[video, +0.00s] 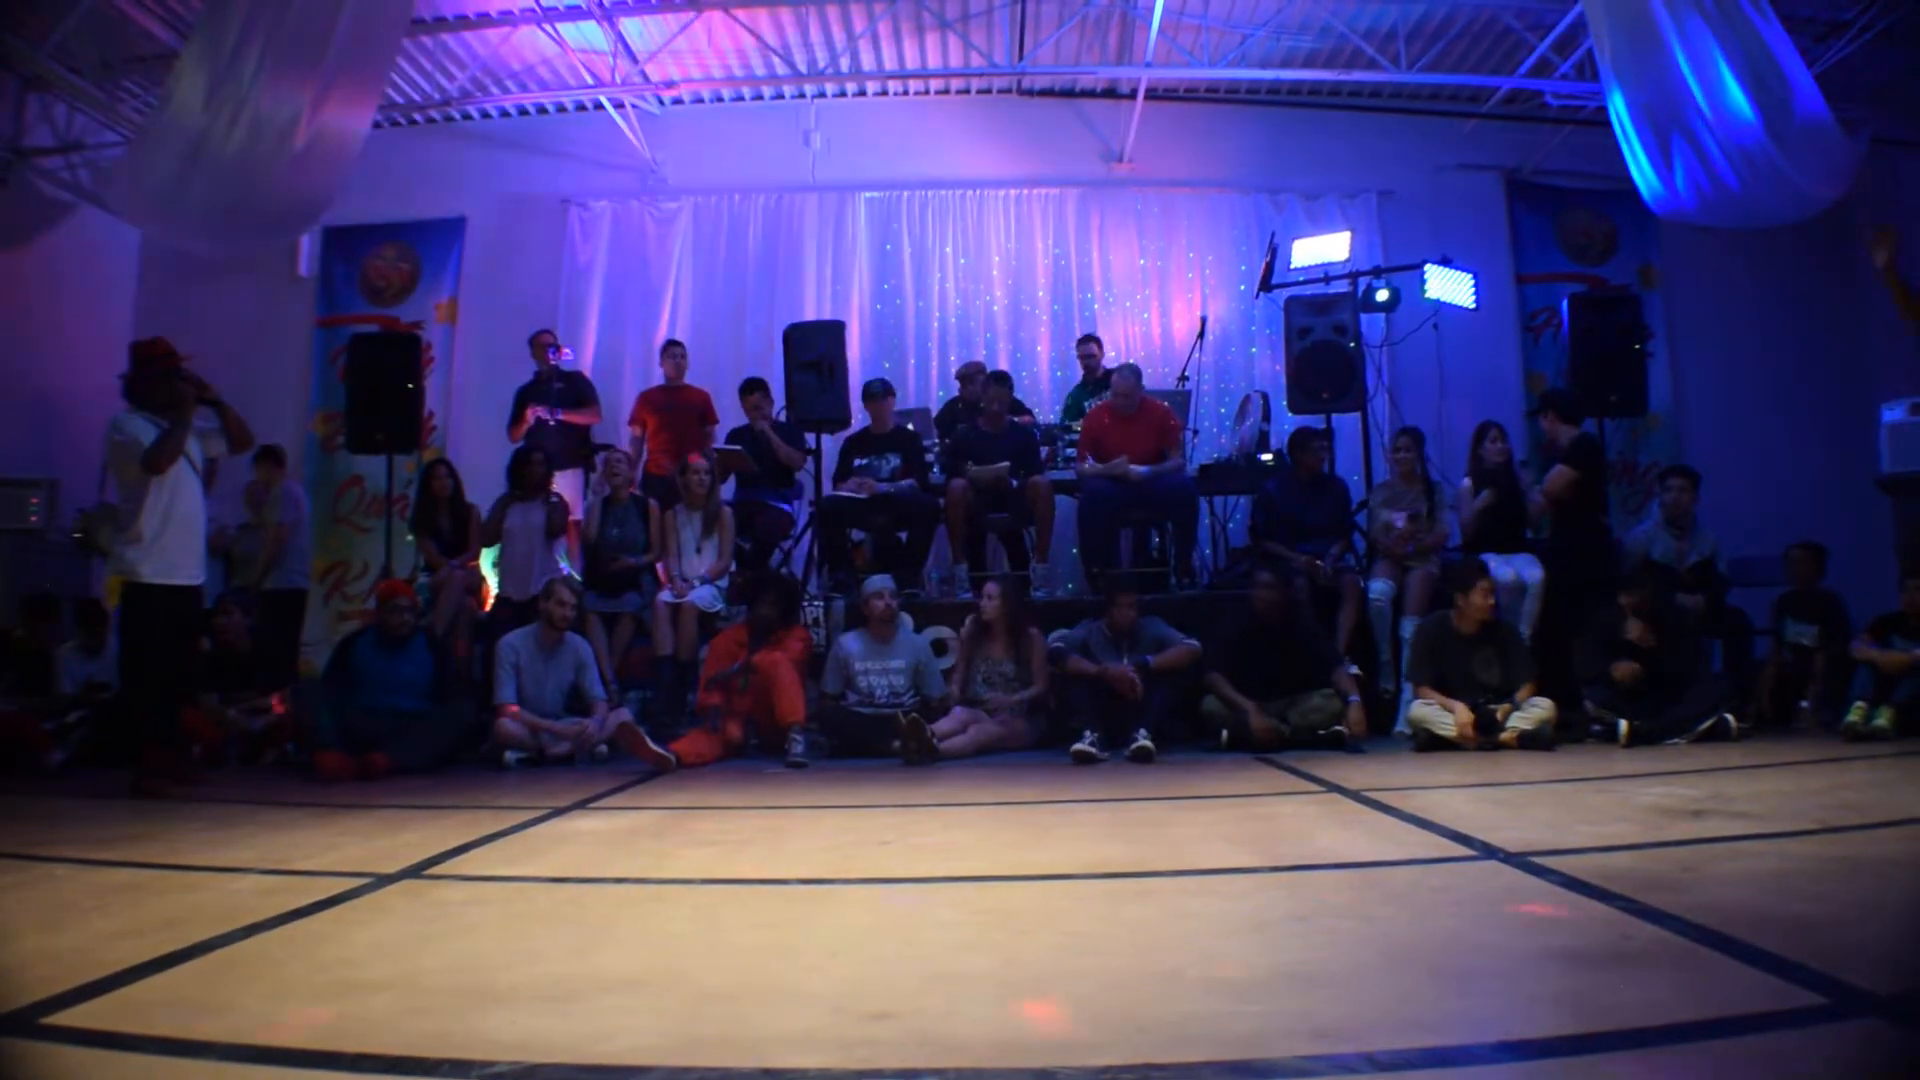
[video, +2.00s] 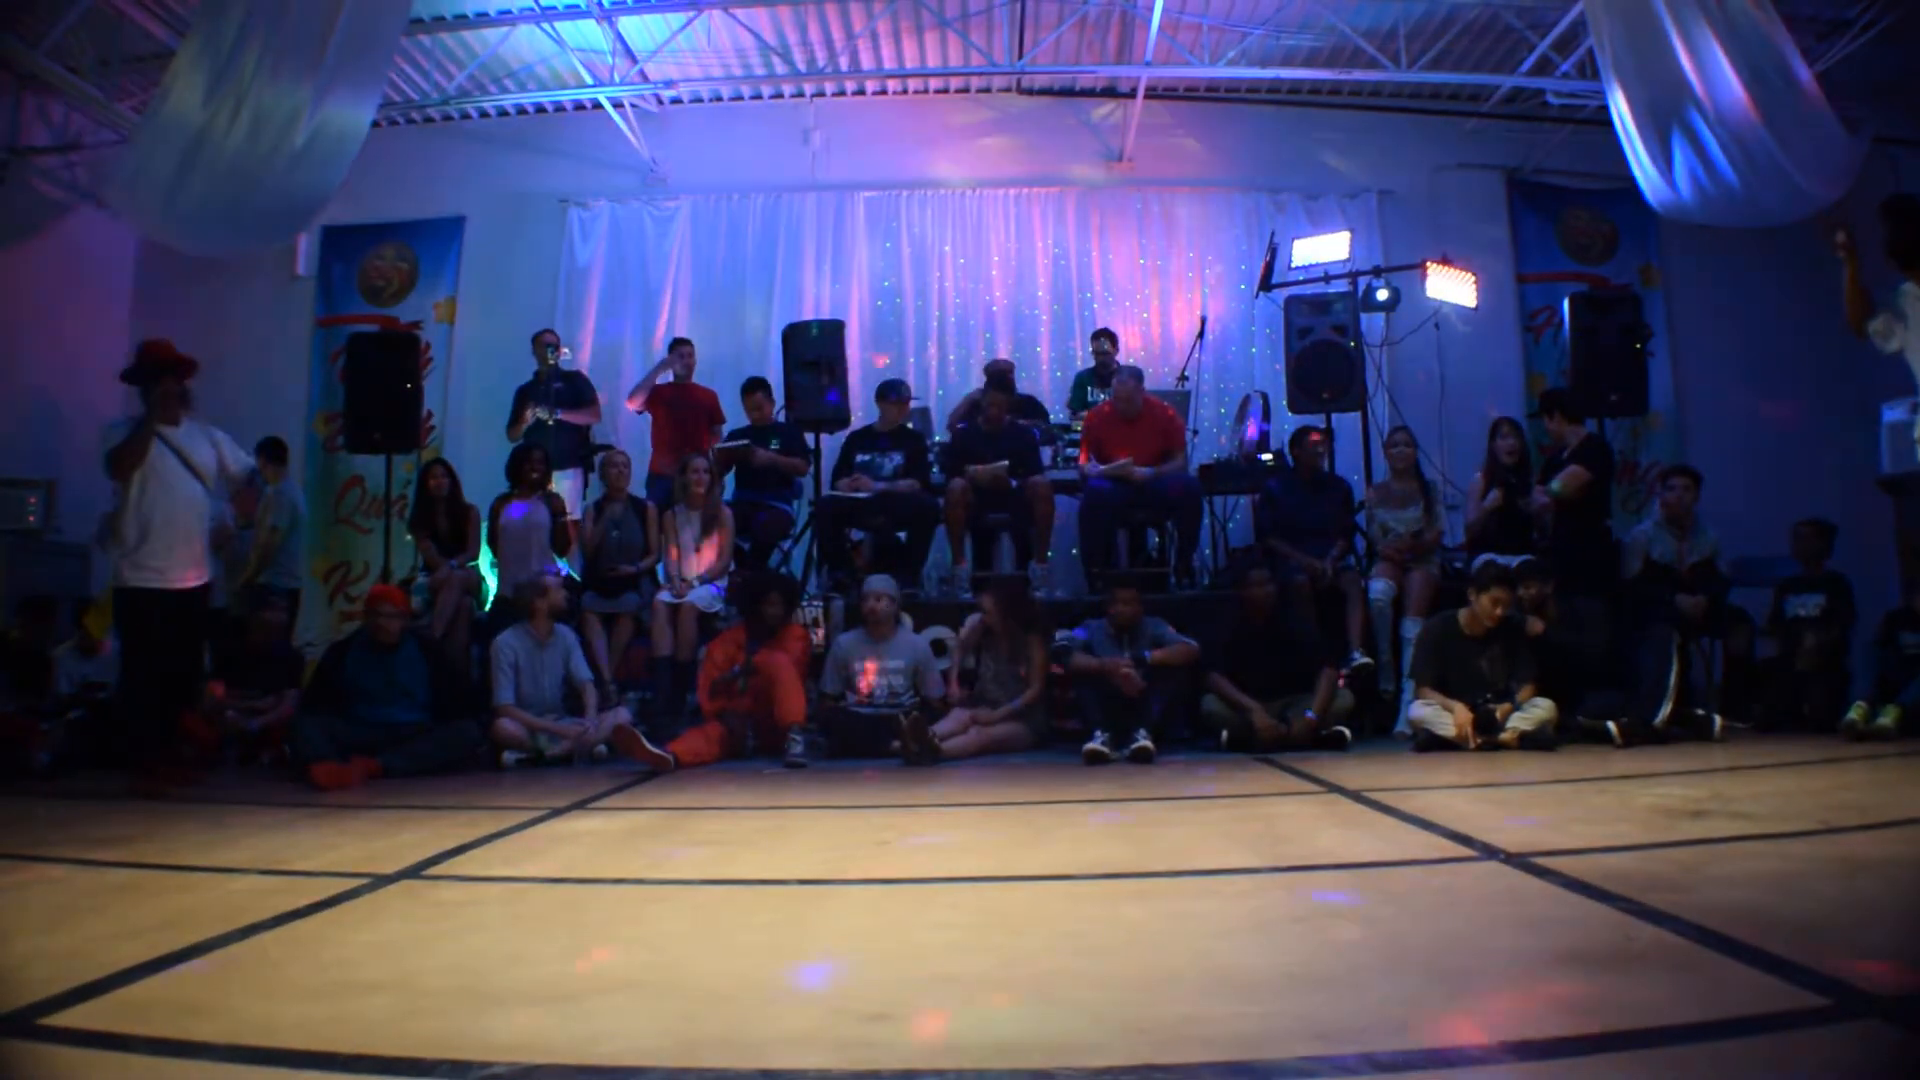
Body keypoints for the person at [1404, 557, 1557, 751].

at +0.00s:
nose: (1492, 602)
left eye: (1491, 595)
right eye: (1484, 595)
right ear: (1461, 599)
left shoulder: (1503, 630)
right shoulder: (1433, 630)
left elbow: (1528, 684)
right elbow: (1421, 689)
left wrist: (1509, 707)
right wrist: (1457, 707)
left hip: (1498, 704)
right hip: (1454, 707)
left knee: (1545, 707)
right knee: (1418, 711)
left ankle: (1466, 743)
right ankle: (1506, 739)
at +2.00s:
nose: (1499, 612)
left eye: (1505, 606)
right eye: (1494, 603)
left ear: (1511, 606)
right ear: (1472, 596)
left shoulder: (1510, 630)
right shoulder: (1438, 629)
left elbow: (1528, 686)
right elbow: (1423, 690)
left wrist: (1508, 707)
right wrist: (1456, 707)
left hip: (1499, 706)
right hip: (1457, 710)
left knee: (1546, 707)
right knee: (1418, 711)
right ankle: (1505, 740)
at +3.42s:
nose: (1507, 601)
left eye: (1507, 594)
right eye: (1501, 594)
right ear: (1476, 597)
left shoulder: (1512, 628)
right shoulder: (1438, 629)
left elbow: (1528, 686)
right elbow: (1423, 689)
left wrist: (1511, 706)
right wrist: (1456, 707)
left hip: (1500, 706)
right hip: (1456, 708)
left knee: (1546, 708)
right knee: (1418, 711)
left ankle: (1470, 742)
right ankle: (1504, 740)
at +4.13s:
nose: (1501, 596)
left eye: (1505, 588)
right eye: (1494, 587)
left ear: (1510, 592)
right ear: (1471, 591)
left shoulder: (1516, 629)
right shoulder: (1444, 628)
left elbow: (1529, 684)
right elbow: (1424, 689)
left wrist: (1508, 706)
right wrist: (1456, 708)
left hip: (1501, 706)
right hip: (1457, 706)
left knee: (1545, 707)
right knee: (1417, 711)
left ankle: (1461, 743)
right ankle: (1501, 740)